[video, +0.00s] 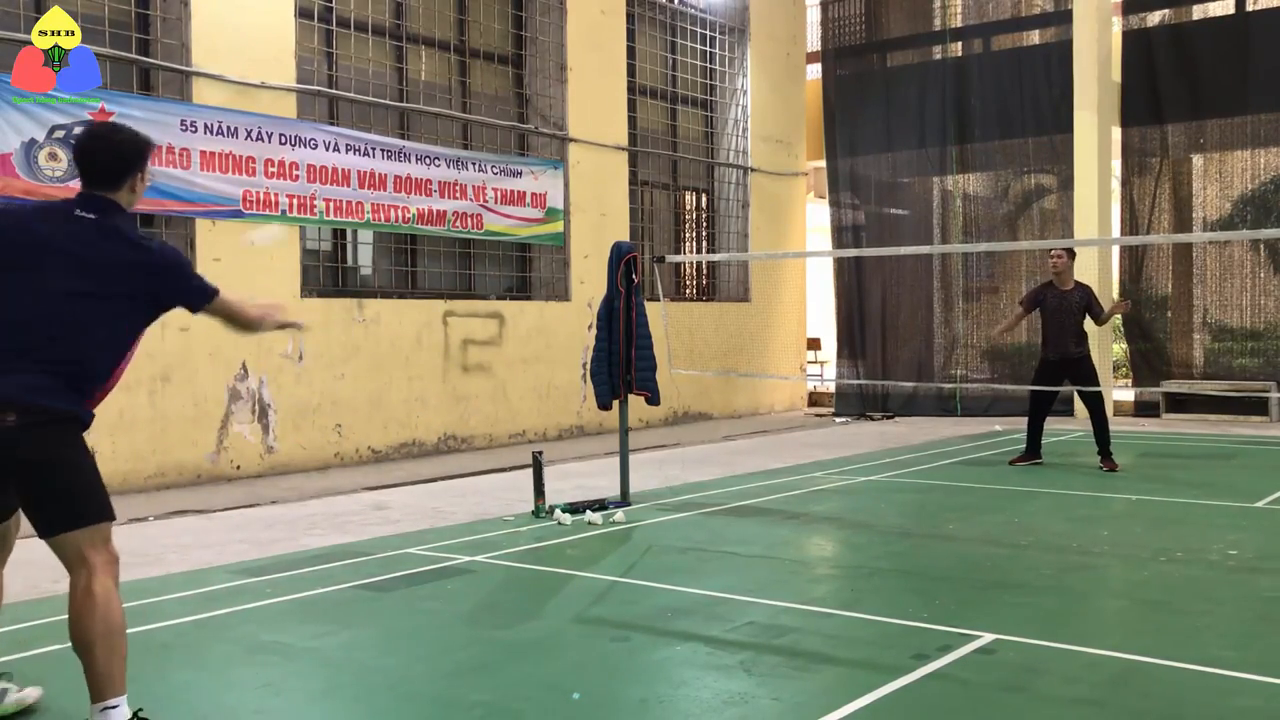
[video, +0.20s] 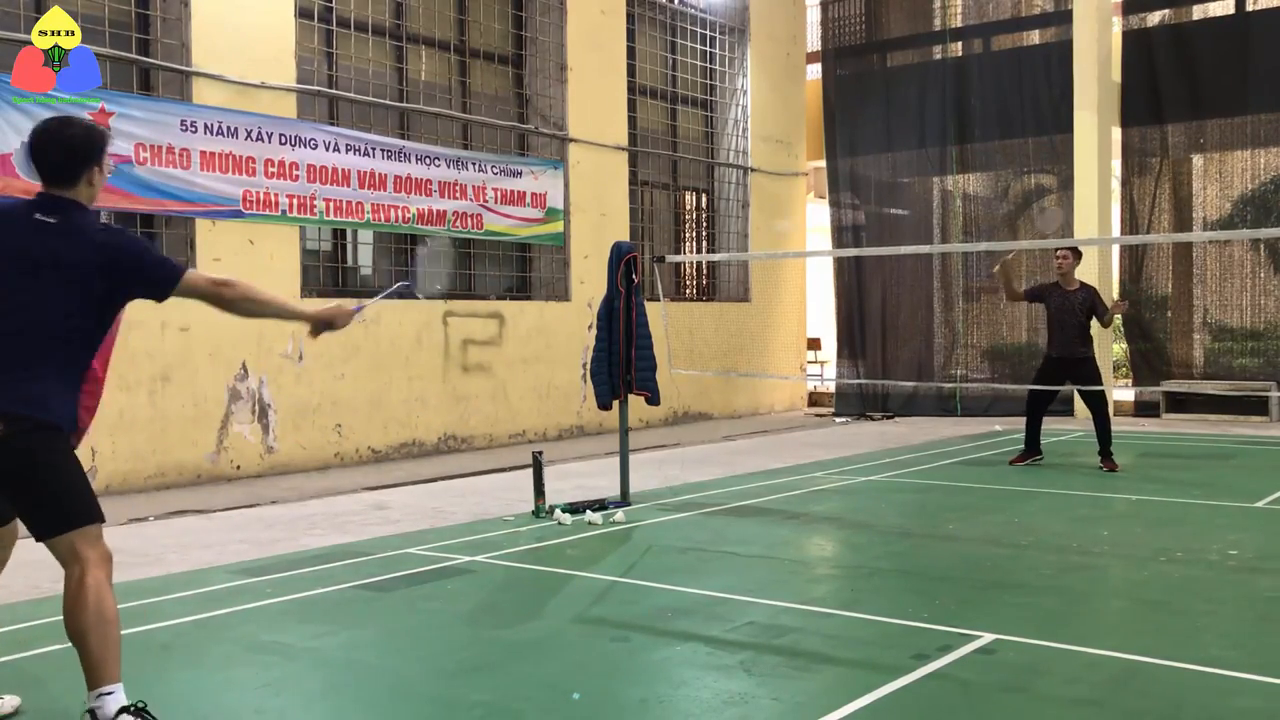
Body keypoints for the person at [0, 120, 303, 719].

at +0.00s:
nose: (149, 183)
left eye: (148, 174)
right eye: (147, 175)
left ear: (80, 174)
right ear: (137, 180)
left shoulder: (17, 221)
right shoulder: (148, 259)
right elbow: (235, 313)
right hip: (41, 426)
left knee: (1, 543)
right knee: (93, 562)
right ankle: (112, 711)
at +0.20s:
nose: (107, 171)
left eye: (103, 160)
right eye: (105, 163)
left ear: (39, 171)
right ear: (95, 172)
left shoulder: (6, 218)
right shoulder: (111, 248)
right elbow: (220, 290)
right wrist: (309, 313)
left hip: (2, 423)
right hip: (30, 429)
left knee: (3, 536)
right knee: (86, 558)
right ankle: (108, 705)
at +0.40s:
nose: (85, 166)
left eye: (82, 154)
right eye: (80, 155)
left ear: (22, 168)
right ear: (59, 164)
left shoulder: (5, 221)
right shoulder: (67, 239)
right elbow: (154, 318)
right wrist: (244, 350)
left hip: (5, 426)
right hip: (27, 425)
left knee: (13, 545)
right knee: (107, 546)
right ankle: (119, 697)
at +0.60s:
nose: (107, 183)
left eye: (104, 171)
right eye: (102, 172)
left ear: (47, 184)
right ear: (79, 180)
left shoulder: (11, 234)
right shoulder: (83, 250)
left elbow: (14, 309)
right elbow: (168, 337)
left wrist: (66, 336)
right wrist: (247, 367)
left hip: (3, 429)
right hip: (26, 431)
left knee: (19, 552)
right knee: (104, 565)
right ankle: (155, 705)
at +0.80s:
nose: (160, 165)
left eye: (157, 154)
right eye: (155, 155)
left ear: (94, 167)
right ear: (134, 165)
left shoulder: (40, 224)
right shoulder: (142, 242)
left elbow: (5, 305)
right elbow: (210, 335)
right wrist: (264, 334)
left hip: (13, 420)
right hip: (80, 425)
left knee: (9, 559)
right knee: (149, 559)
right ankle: (167, 706)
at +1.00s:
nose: (206, 148)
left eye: (201, 137)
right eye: (202, 141)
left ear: (137, 154)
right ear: (193, 153)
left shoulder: (84, 204)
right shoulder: (220, 236)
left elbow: (5, 237)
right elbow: (324, 269)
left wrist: (27, 273)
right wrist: (407, 287)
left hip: (32, 409)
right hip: (112, 424)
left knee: (4, 549)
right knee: (170, 555)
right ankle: (170, 706)